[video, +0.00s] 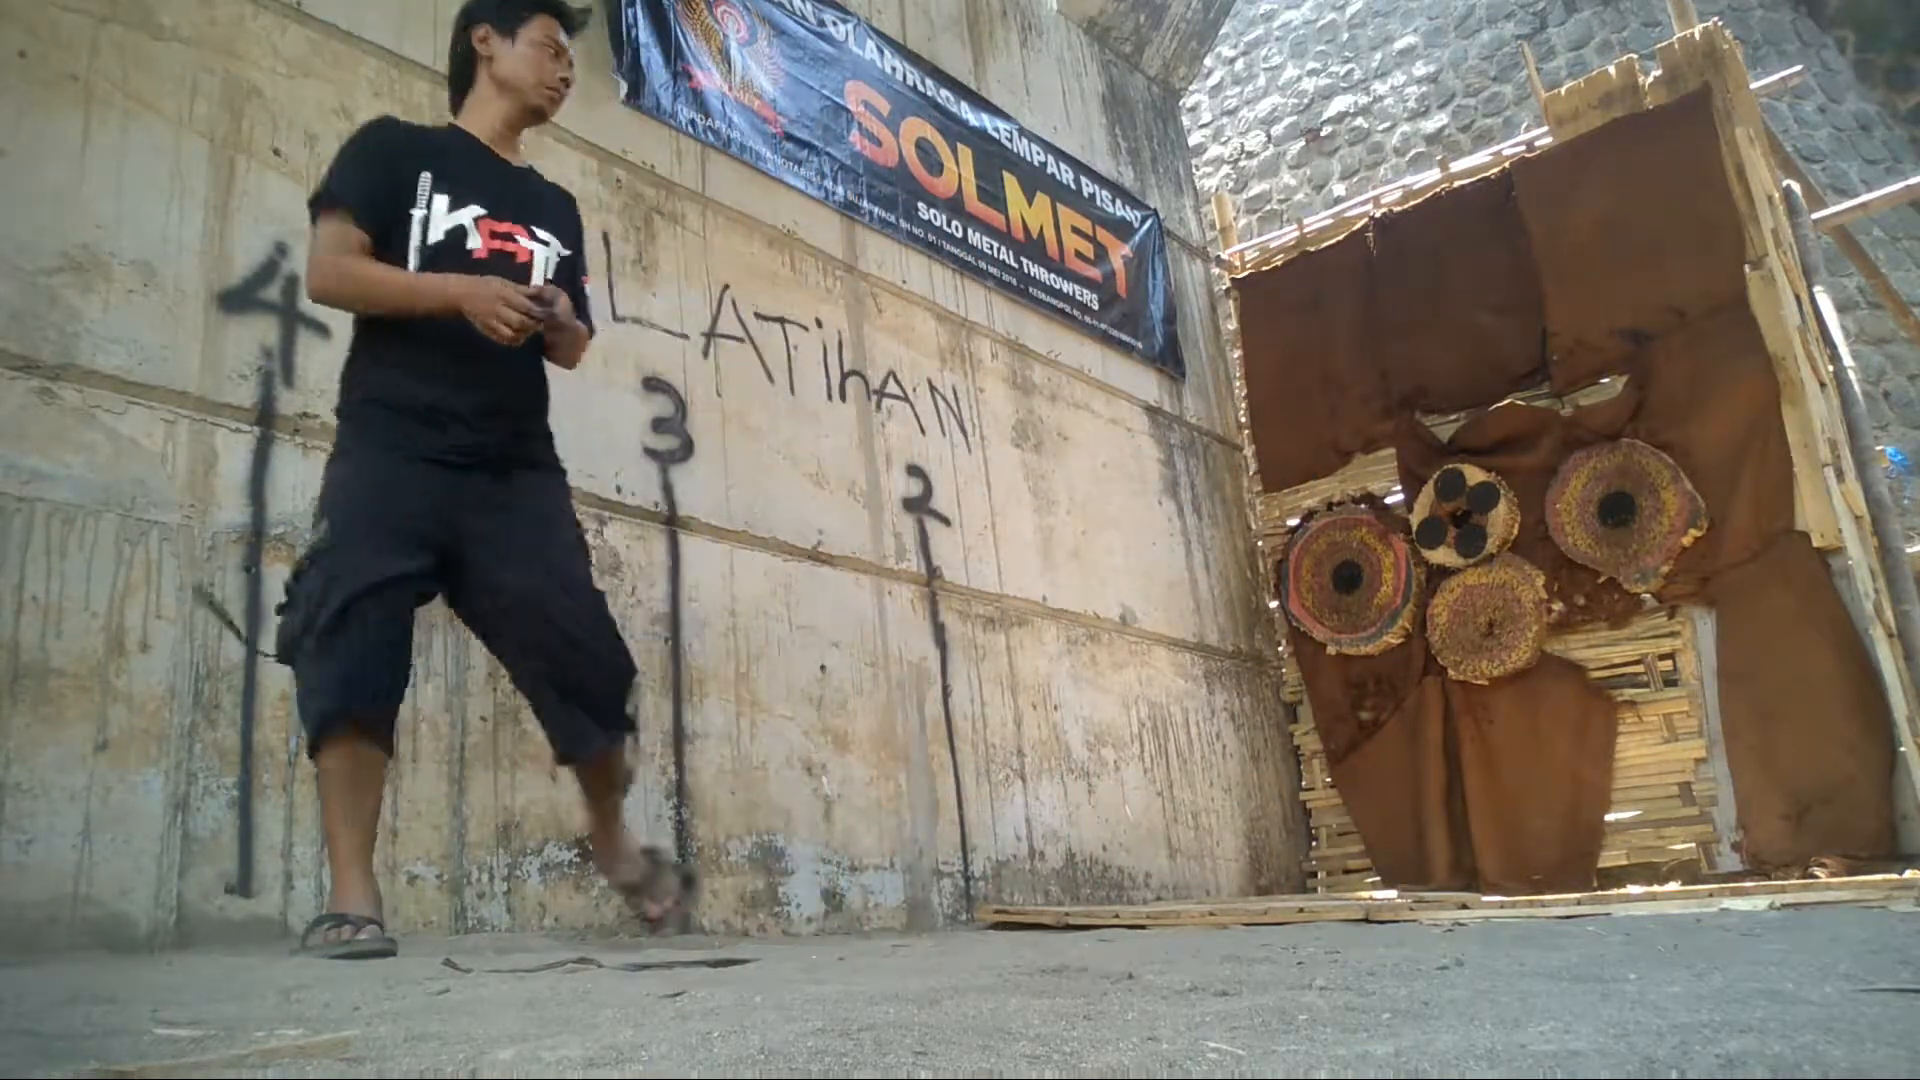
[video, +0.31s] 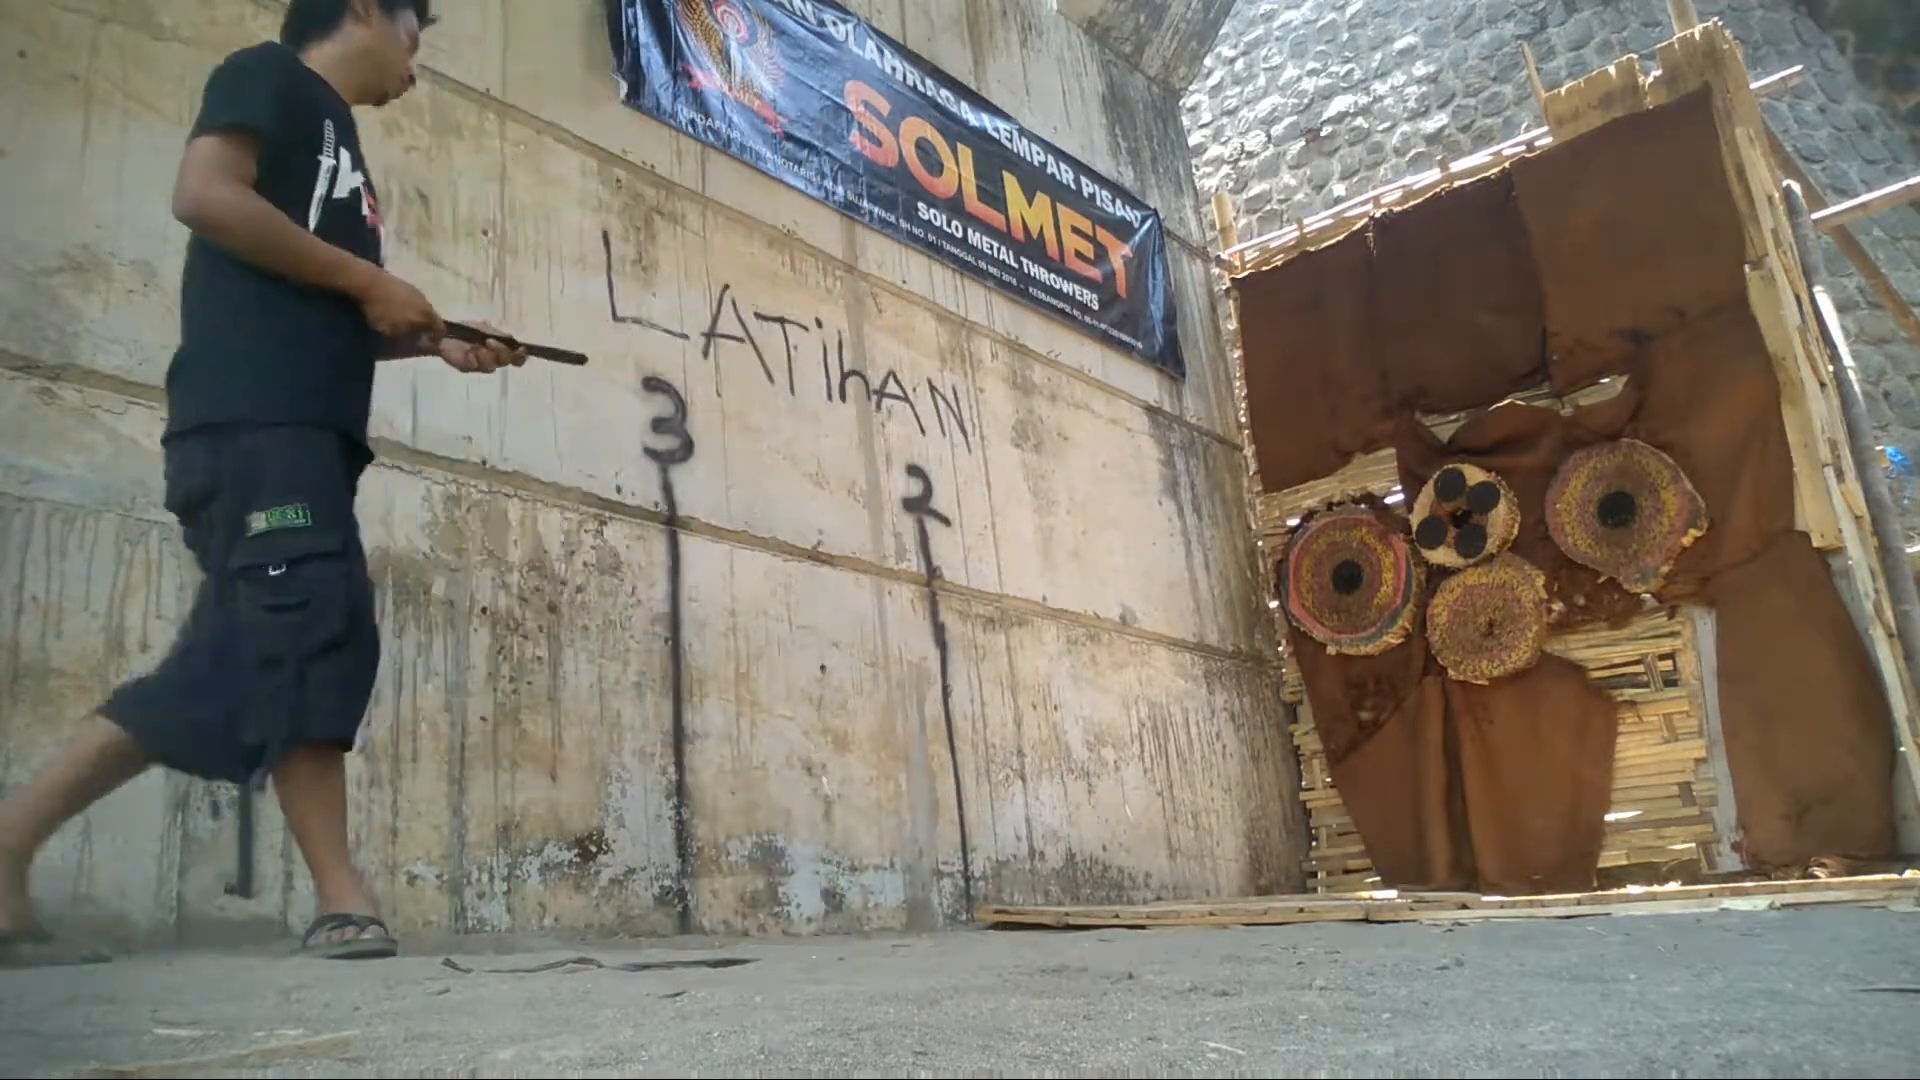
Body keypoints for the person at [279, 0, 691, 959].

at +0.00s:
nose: (566, 63)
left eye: (569, 51)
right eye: (547, 41)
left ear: (552, 80)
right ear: (484, 47)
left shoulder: (556, 205)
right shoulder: (393, 147)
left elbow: (573, 347)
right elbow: (329, 271)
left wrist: (556, 327)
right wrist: (459, 291)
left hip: (513, 473)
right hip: (388, 459)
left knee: (581, 653)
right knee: (349, 646)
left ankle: (611, 838)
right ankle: (353, 904)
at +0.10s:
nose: (521, 43)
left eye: (522, 29)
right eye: (508, 21)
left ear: (466, 32)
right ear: (448, 18)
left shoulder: (481, 184)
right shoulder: (344, 96)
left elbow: (449, 321)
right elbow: (274, 221)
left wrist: (511, 317)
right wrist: (439, 270)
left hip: (445, 441)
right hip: (333, 429)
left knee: (491, 650)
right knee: (337, 636)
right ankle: (346, 903)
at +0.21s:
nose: (480, 51)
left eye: (483, 31)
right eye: (473, 23)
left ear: (423, 24)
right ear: (417, 11)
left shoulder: (421, 166)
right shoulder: (315, 79)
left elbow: (411, 325)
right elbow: (243, 203)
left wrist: (489, 319)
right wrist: (409, 271)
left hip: (400, 437)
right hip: (303, 423)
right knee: (324, 642)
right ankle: (344, 905)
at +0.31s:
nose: (418, 62)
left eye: (422, 41)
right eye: (416, 33)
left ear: (361, 23)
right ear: (363, 12)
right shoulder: (269, 74)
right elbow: (204, 191)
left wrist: (435, 336)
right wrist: (367, 282)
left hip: (304, 429)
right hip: (252, 419)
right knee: (312, 632)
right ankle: (342, 901)